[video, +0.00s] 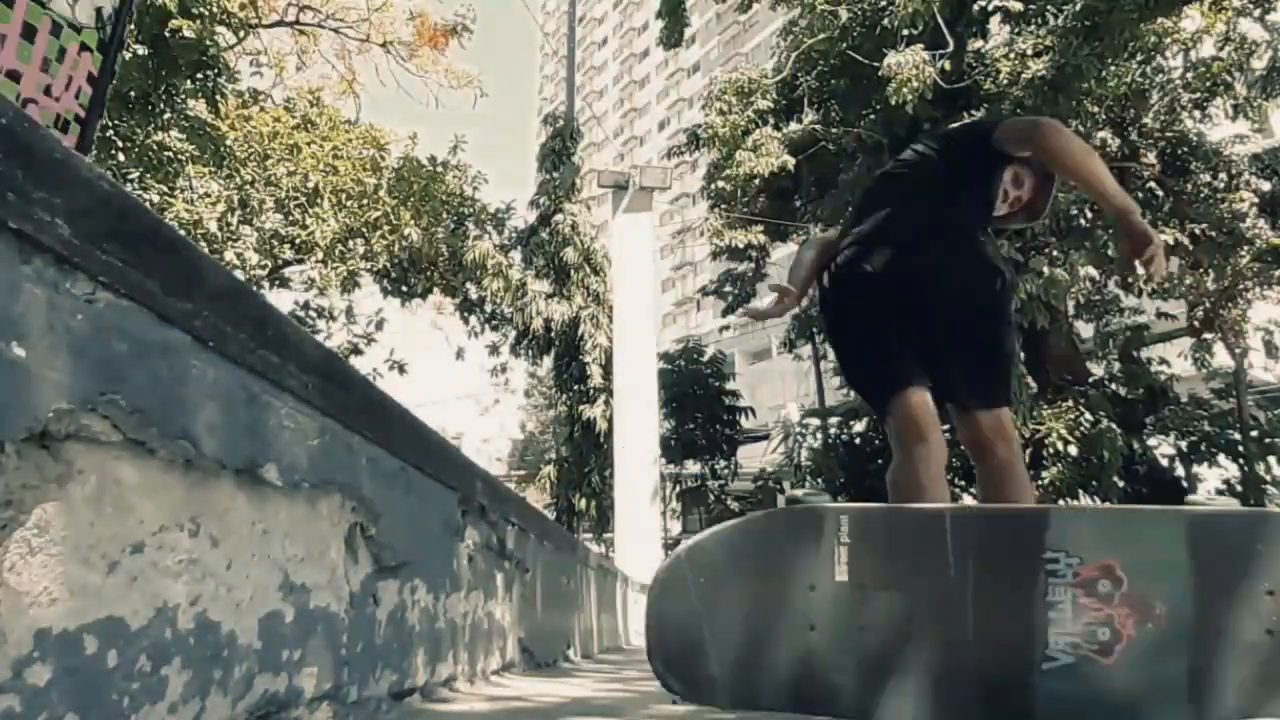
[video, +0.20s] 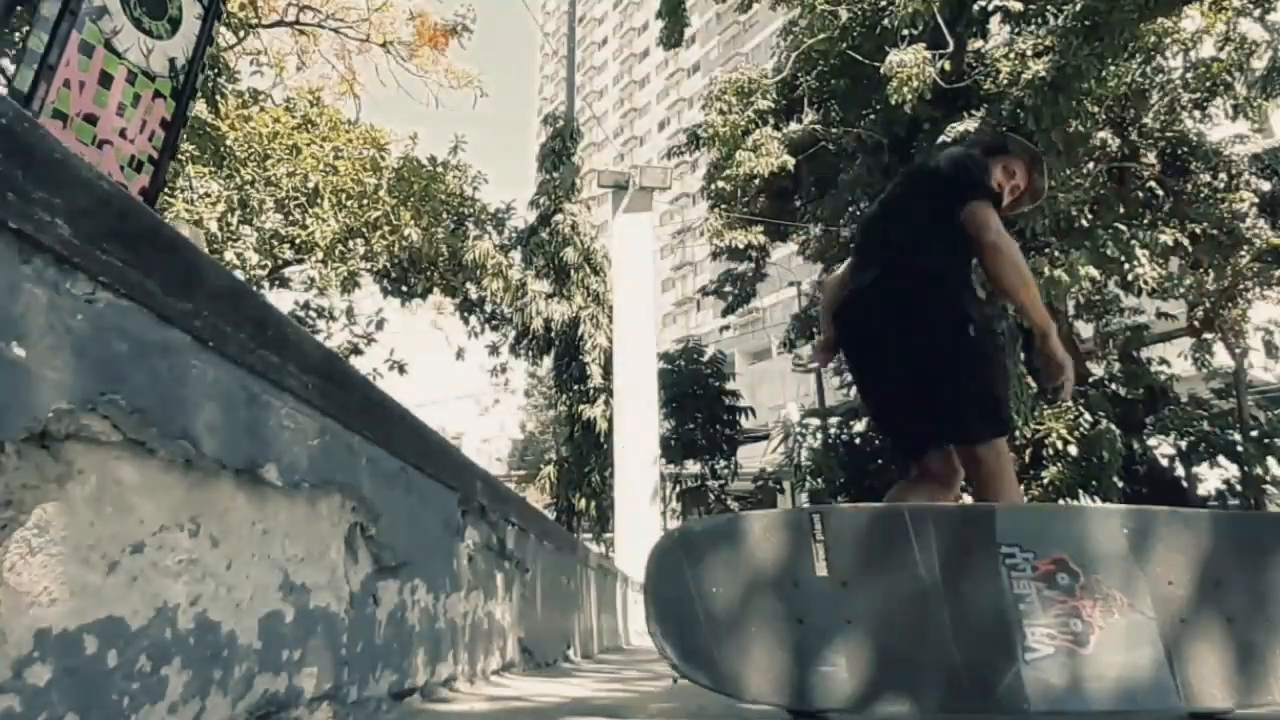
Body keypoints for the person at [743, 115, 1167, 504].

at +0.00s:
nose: (1016, 197)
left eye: (1021, 208)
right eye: (1021, 185)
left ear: (1011, 220)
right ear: (1008, 160)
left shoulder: (892, 191)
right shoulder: (969, 143)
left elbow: (825, 239)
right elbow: (1046, 133)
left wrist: (793, 291)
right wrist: (1128, 215)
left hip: (855, 281)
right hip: (949, 265)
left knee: (915, 433)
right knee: (993, 439)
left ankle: (923, 590)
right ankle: (1025, 588)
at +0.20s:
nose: (1010, 189)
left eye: (1017, 194)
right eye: (1011, 173)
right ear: (992, 153)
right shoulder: (960, 161)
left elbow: (836, 281)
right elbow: (990, 238)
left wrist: (829, 333)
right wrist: (1046, 331)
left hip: (864, 319)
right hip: (929, 312)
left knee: (937, 474)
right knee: (988, 456)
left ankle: (867, 554)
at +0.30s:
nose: (992, 181)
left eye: (1000, 184)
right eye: (992, 164)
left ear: (994, 196)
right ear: (966, 149)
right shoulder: (940, 173)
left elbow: (852, 278)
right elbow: (971, 259)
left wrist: (839, 348)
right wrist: (998, 339)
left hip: (859, 326)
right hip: (915, 315)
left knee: (928, 473)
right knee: (978, 459)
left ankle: (862, 554)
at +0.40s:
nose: (977, 174)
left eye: (987, 177)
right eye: (975, 160)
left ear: (982, 192)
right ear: (948, 149)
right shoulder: (926, 172)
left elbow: (857, 284)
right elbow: (959, 259)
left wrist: (843, 358)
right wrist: (968, 326)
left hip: (854, 328)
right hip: (907, 316)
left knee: (898, 482)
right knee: (971, 451)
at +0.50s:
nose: (937, 176)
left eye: (948, 174)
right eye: (930, 163)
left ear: (950, 187)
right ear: (905, 160)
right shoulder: (880, 193)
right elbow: (928, 274)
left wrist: (941, 297)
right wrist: (949, 296)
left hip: (843, 347)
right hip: (880, 344)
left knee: (852, 480)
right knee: (969, 455)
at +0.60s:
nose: (912, 175)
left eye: (922, 171)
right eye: (905, 162)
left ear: (926, 183)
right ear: (881, 161)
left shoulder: (882, 222)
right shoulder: (853, 198)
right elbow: (875, 265)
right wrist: (943, 295)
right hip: (863, 350)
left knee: (850, 480)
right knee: (943, 459)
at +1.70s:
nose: (890, 95)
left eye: (898, 89)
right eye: (875, 90)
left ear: (907, 110)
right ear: (849, 114)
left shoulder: (919, 175)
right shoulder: (835, 159)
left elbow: (956, 260)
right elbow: (815, 240)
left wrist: (1012, 319)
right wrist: (826, 305)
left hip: (959, 324)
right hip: (889, 326)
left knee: (1009, 445)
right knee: (893, 460)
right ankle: (823, 567)